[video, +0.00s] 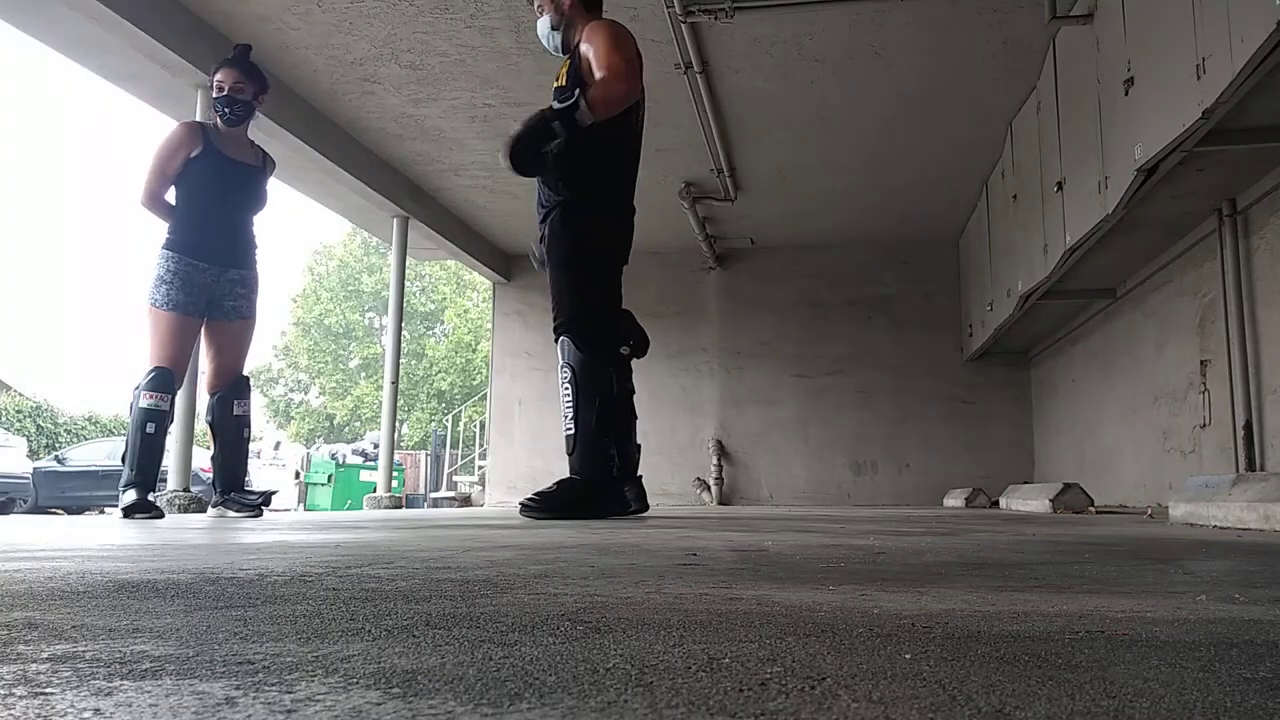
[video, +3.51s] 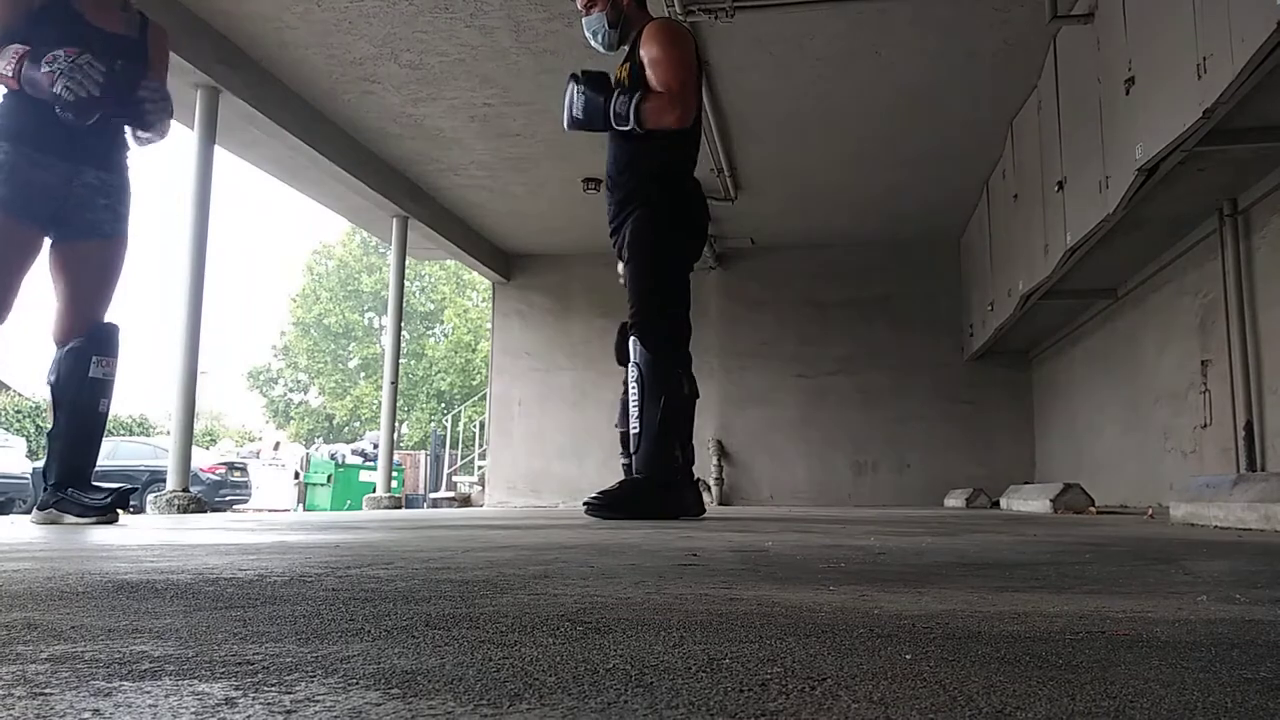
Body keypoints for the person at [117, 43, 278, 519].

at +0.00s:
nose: (227, 97)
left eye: (239, 90)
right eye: (220, 89)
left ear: (258, 99)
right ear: (211, 93)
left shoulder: (264, 161)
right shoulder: (190, 134)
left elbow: (247, 213)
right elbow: (151, 196)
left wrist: (223, 231)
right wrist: (190, 226)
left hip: (239, 275)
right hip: (184, 265)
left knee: (227, 383)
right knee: (164, 375)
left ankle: (229, 488)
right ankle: (138, 489)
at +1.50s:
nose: (188, 77)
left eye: (200, 70)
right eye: (180, 66)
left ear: (216, 79)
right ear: (166, 69)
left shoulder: (226, 141)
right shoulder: (137, 113)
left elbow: (204, 197)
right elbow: (90, 172)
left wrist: (188, 223)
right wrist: (128, 210)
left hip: (196, 258)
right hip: (135, 255)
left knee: (200, 366)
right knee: (139, 378)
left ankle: (205, 479)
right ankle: (137, 492)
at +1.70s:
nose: (184, 69)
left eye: (197, 62)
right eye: (176, 58)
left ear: (215, 71)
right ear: (163, 60)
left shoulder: (226, 135)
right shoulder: (130, 106)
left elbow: (229, 201)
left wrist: (247, 251)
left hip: (194, 256)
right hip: (128, 252)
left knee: (173, 362)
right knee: (133, 376)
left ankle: (163, 482)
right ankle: (133, 489)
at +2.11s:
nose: (160, 32)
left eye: (175, 24)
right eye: (152, 20)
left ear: (198, 34)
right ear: (142, 23)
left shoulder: (214, 94)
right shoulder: (114, 82)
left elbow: (228, 176)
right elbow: (86, 151)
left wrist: (201, 195)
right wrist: (66, 155)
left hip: (178, 233)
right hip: (114, 228)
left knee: (166, 359)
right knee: (79, 359)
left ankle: (150, 490)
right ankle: (121, 465)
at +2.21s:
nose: (149, 19)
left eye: (164, 12)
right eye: (142, 10)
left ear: (188, 23)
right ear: (132, 17)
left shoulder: (204, 84)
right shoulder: (107, 76)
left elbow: (221, 160)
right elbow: (87, 151)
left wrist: (191, 168)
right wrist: (80, 136)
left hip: (171, 224)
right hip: (108, 221)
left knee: (161, 354)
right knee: (62, 347)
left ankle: (150, 487)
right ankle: (81, 475)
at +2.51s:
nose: (108, 10)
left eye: (121, 4)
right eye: (100, 3)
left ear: (138, 9)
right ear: (83, 6)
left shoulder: (158, 67)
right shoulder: (47, 54)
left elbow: (195, 149)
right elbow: (14, 135)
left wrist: (160, 147)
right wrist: (34, 108)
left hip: (133, 216)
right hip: (59, 211)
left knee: (133, 354)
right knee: (17, 346)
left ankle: (146, 489)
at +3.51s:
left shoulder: (151, 31)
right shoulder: (29, 5)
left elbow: (147, 132)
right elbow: (1, 52)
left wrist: (157, 115)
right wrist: (26, 71)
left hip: (101, 176)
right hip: (20, 158)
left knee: (84, 337)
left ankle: (63, 484)